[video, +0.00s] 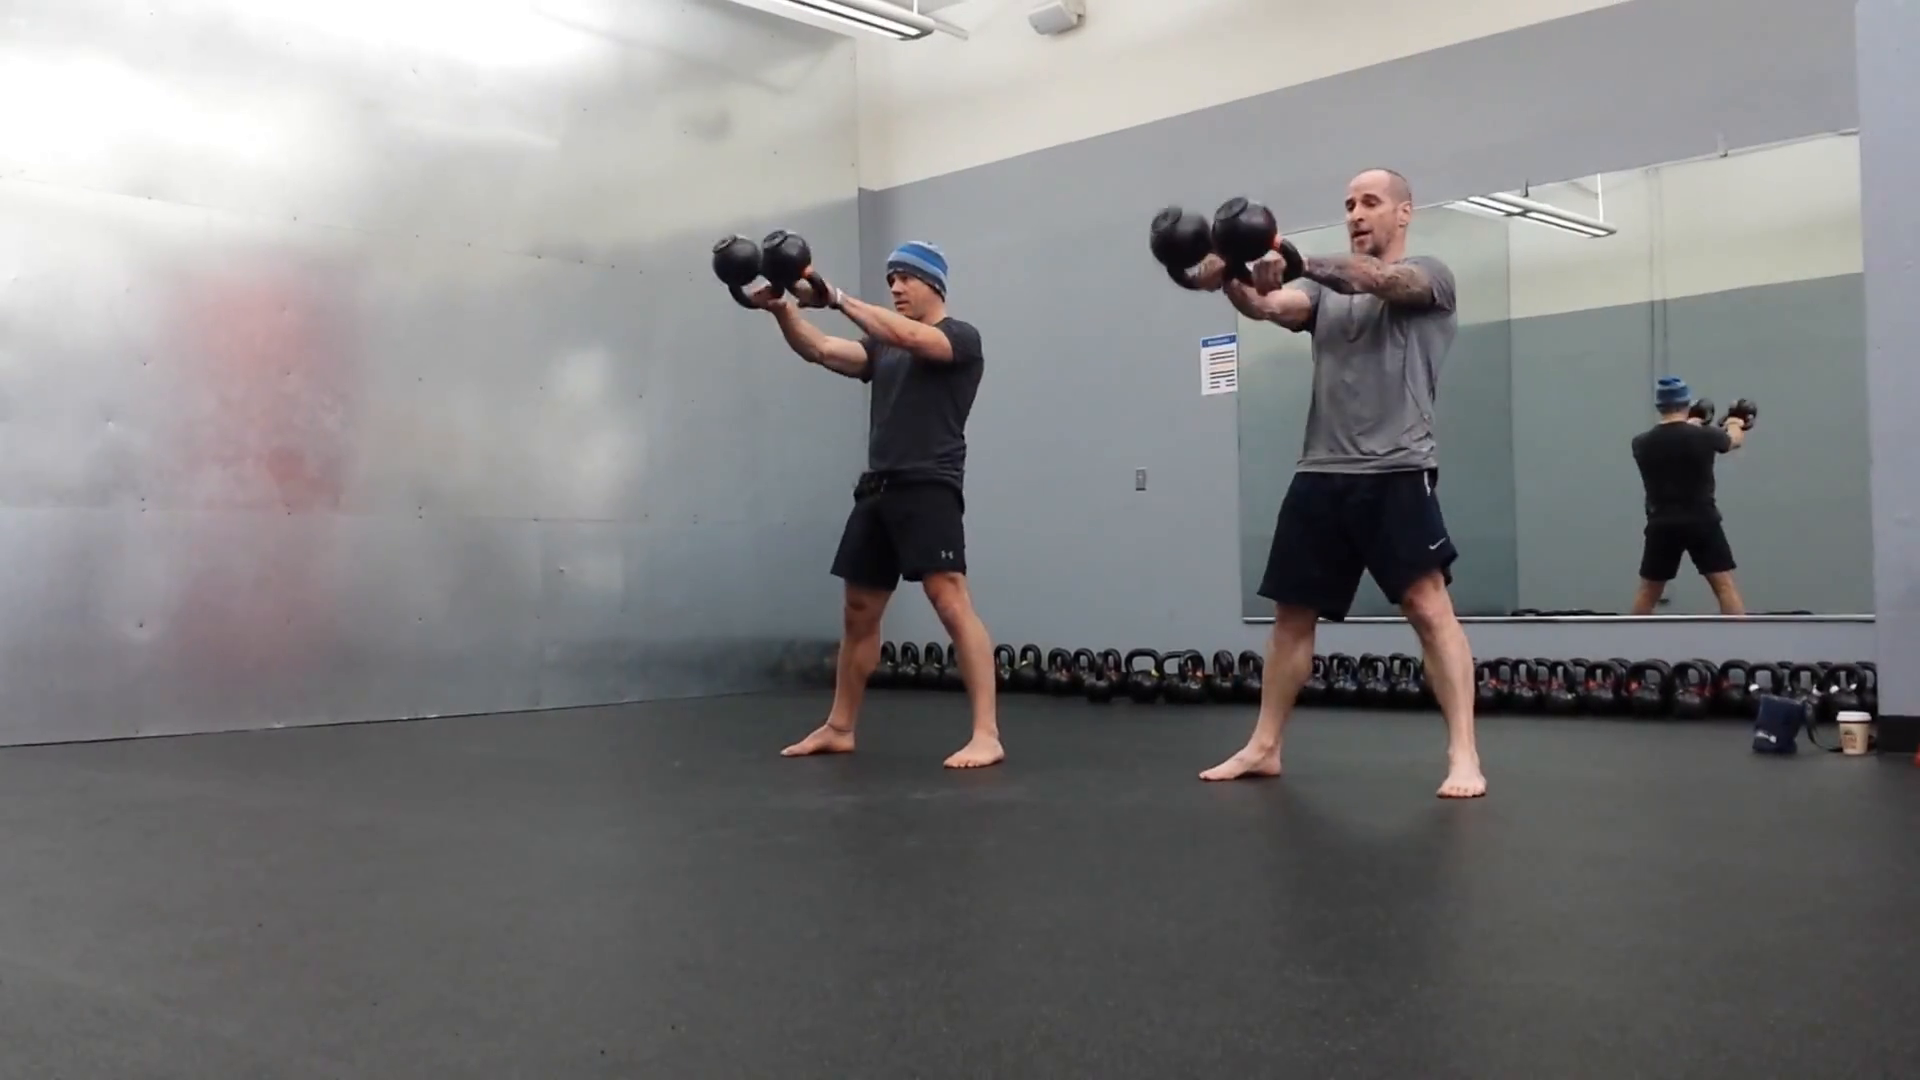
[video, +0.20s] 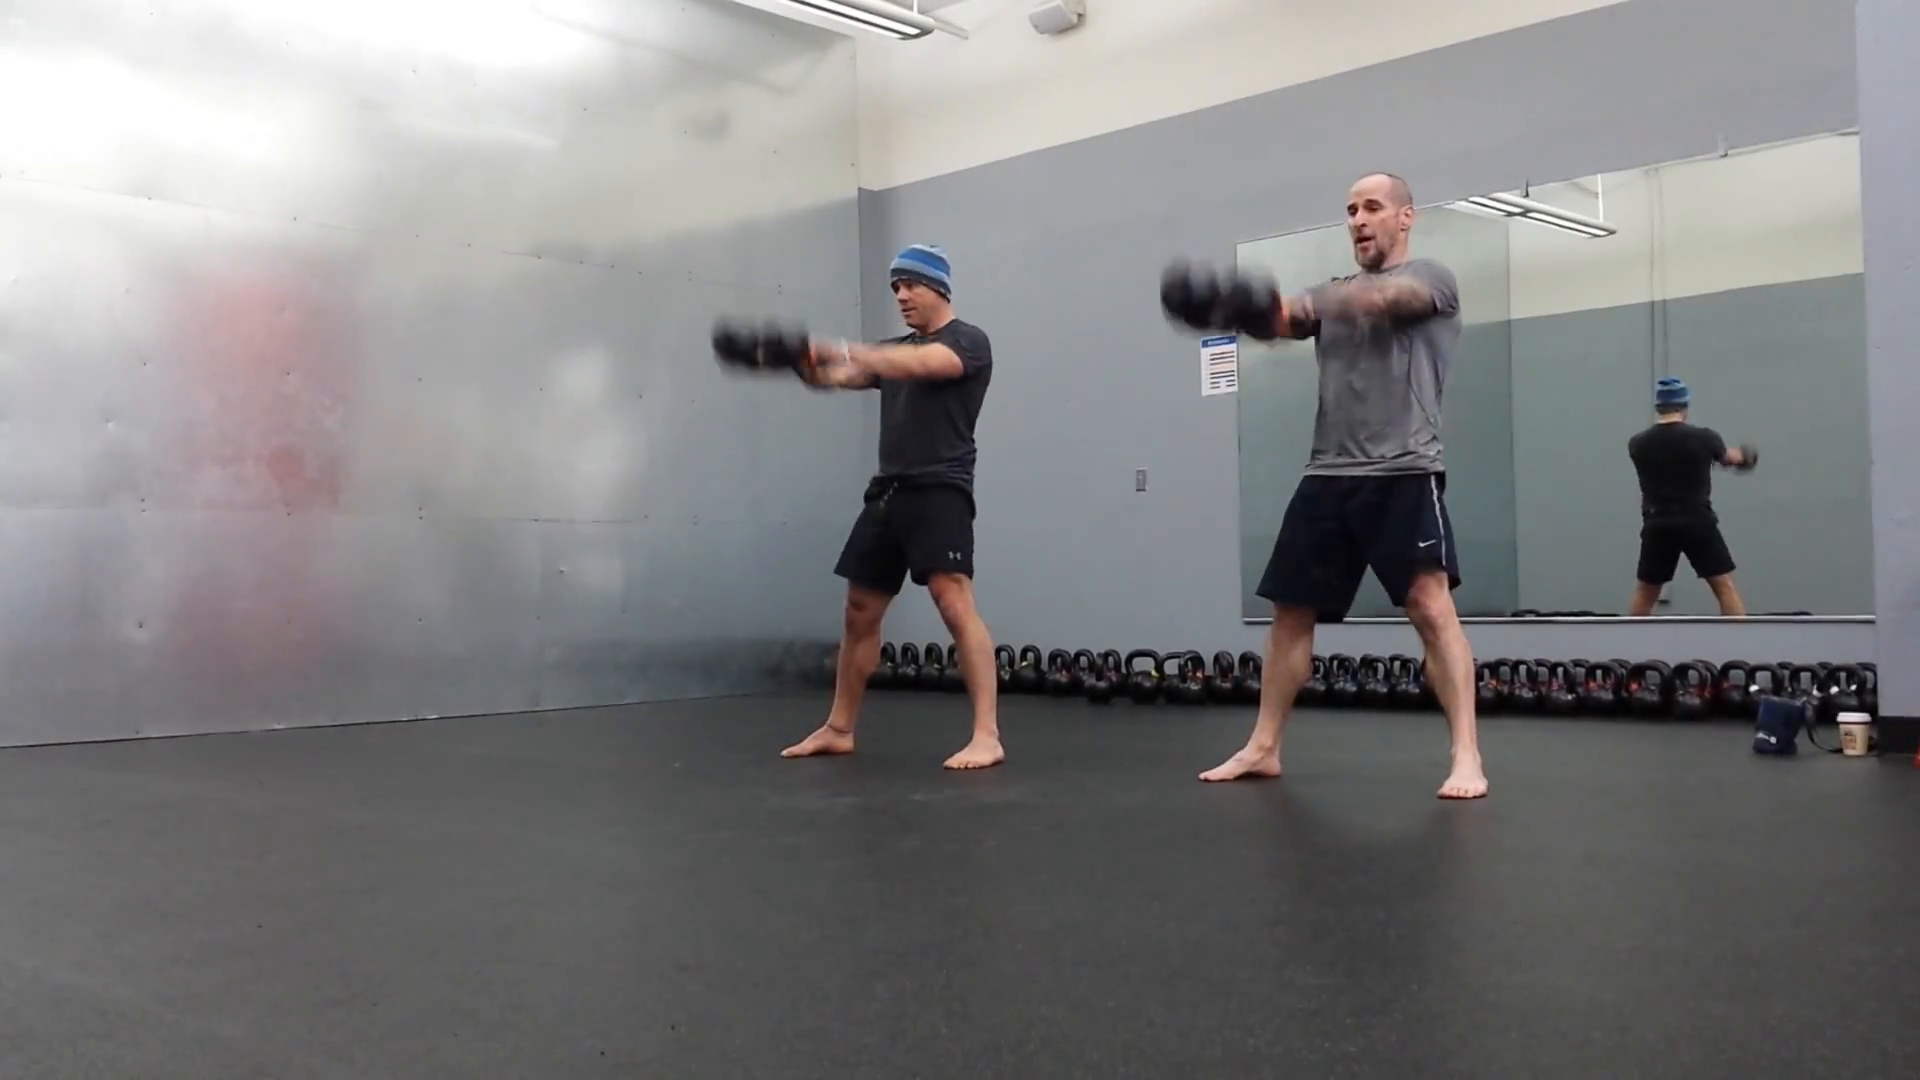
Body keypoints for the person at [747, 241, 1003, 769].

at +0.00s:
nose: (893, 287)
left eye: (902, 278)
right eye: (890, 281)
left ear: (932, 284)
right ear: (899, 290)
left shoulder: (962, 339)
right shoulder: (884, 348)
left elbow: (904, 334)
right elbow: (818, 348)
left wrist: (836, 298)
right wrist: (782, 309)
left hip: (930, 490)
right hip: (877, 493)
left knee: (951, 603)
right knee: (859, 612)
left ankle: (986, 736)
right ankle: (841, 727)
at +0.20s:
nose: (902, 296)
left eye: (911, 285)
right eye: (897, 288)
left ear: (940, 289)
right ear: (899, 295)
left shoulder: (971, 342)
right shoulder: (901, 350)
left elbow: (919, 363)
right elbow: (859, 372)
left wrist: (853, 355)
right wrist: (816, 368)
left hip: (939, 494)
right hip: (887, 495)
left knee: (954, 603)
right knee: (860, 612)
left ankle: (987, 736)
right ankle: (839, 727)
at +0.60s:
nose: (790, 415)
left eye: (797, 401)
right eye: (784, 404)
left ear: (825, 394)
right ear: (783, 407)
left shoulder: (885, 439)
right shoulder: (810, 460)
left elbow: (932, 531)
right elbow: (853, 534)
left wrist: (938, 586)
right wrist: (902, 587)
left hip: (954, 530)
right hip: (893, 540)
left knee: (966, 602)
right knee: (817, 608)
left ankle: (991, 737)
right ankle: (835, 728)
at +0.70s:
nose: (776, 448)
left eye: (786, 436)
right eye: (771, 439)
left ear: (818, 431)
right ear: (769, 440)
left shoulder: (876, 467)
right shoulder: (802, 488)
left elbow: (931, 550)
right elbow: (853, 551)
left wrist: (936, 596)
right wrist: (900, 593)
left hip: (958, 535)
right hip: (893, 550)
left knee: (960, 603)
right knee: (816, 610)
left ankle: (990, 736)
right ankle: (836, 728)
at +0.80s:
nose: (788, 394)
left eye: (798, 381)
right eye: (785, 384)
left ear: (827, 383)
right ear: (787, 389)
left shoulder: (885, 435)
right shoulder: (810, 452)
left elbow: (923, 529)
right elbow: (851, 529)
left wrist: (936, 585)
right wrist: (892, 579)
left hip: (951, 527)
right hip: (889, 538)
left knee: (954, 604)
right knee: (813, 609)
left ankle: (989, 737)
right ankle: (835, 728)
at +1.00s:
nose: (880, 290)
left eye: (891, 281)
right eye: (876, 282)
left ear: (920, 287)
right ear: (873, 292)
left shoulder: (943, 340)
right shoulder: (870, 351)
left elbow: (913, 415)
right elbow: (845, 417)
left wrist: (873, 476)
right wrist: (827, 483)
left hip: (943, 489)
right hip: (888, 491)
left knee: (951, 594)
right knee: (844, 602)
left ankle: (986, 734)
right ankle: (837, 725)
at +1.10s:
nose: (903, 293)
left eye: (912, 283)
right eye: (900, 285)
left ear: (942, 288)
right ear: (902, 293)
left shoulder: (972, 332)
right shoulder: (897, 345)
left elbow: (935, 379)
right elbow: (855, 385)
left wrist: (871, 383)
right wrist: (803, 404)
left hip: (938, 491)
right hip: (885, 490)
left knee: (952, 600)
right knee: (852, 607)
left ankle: (986, 736)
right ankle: (838, 726)